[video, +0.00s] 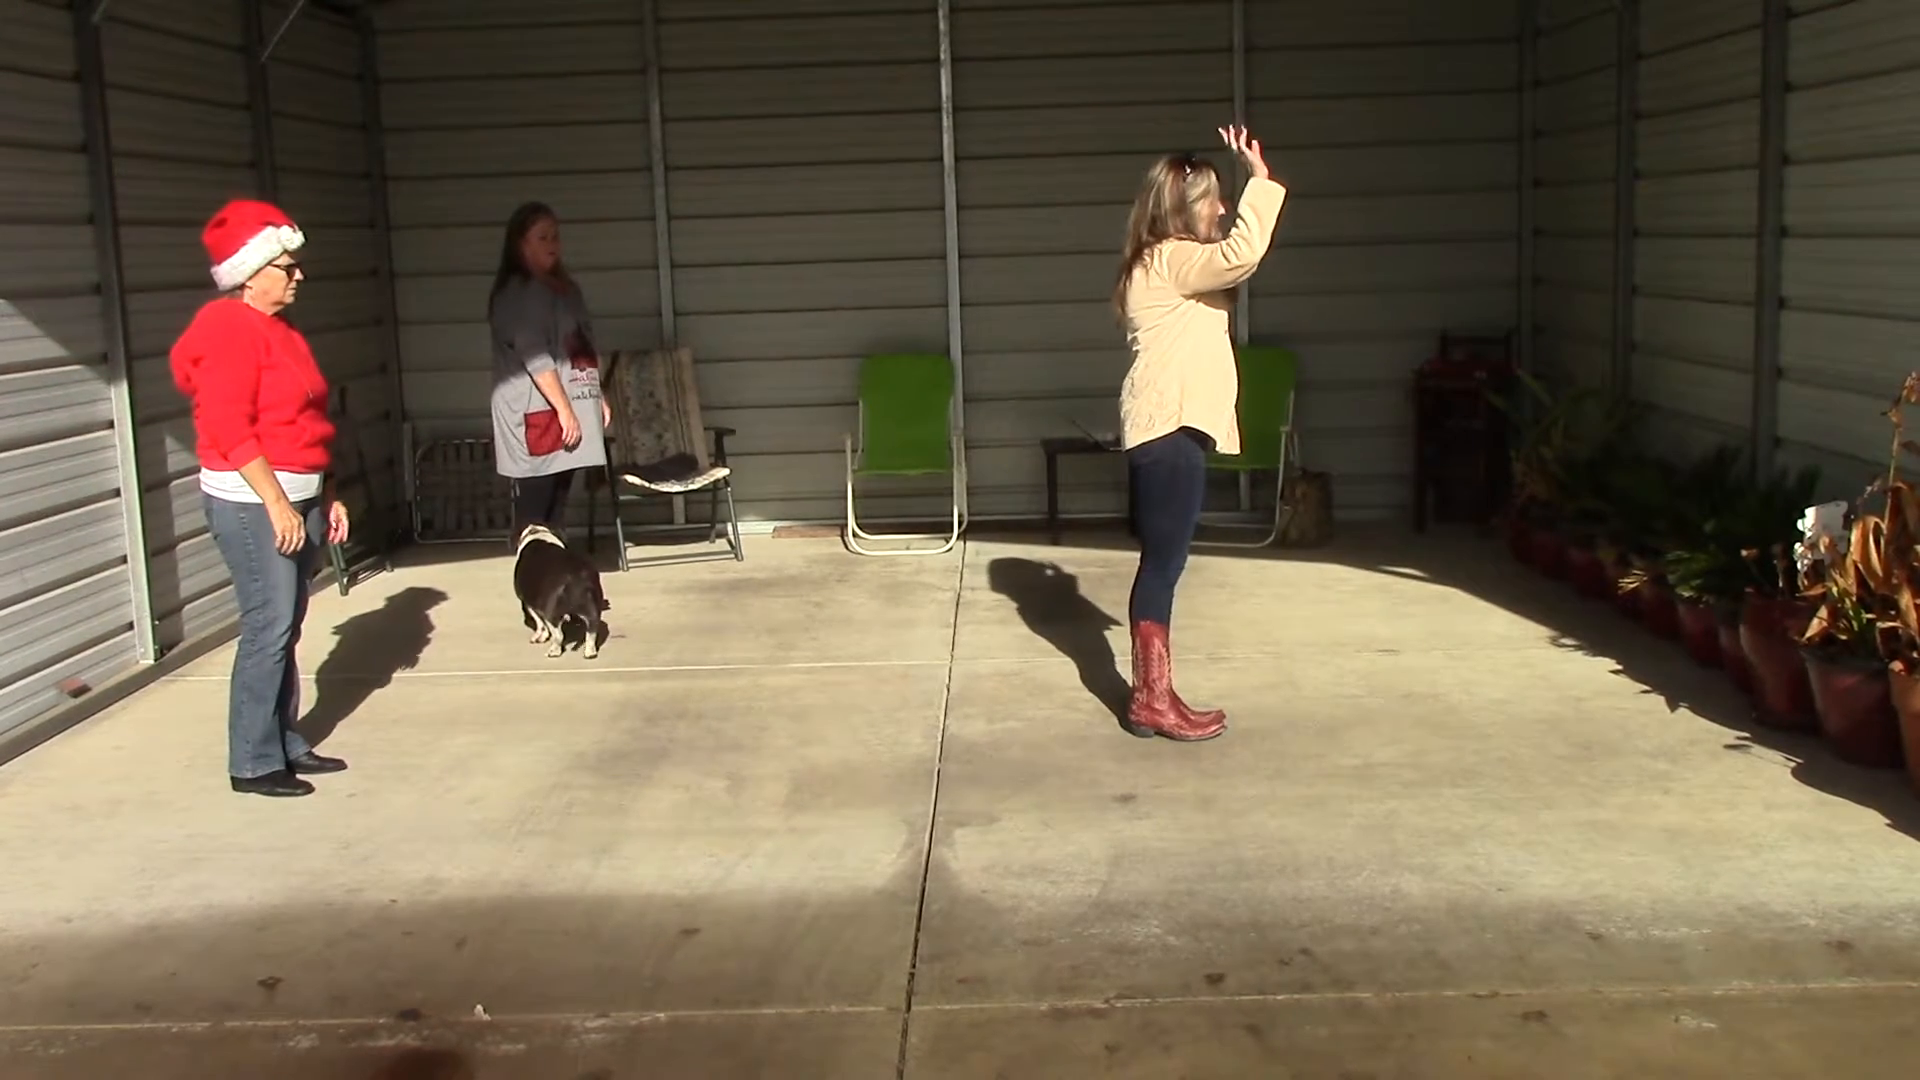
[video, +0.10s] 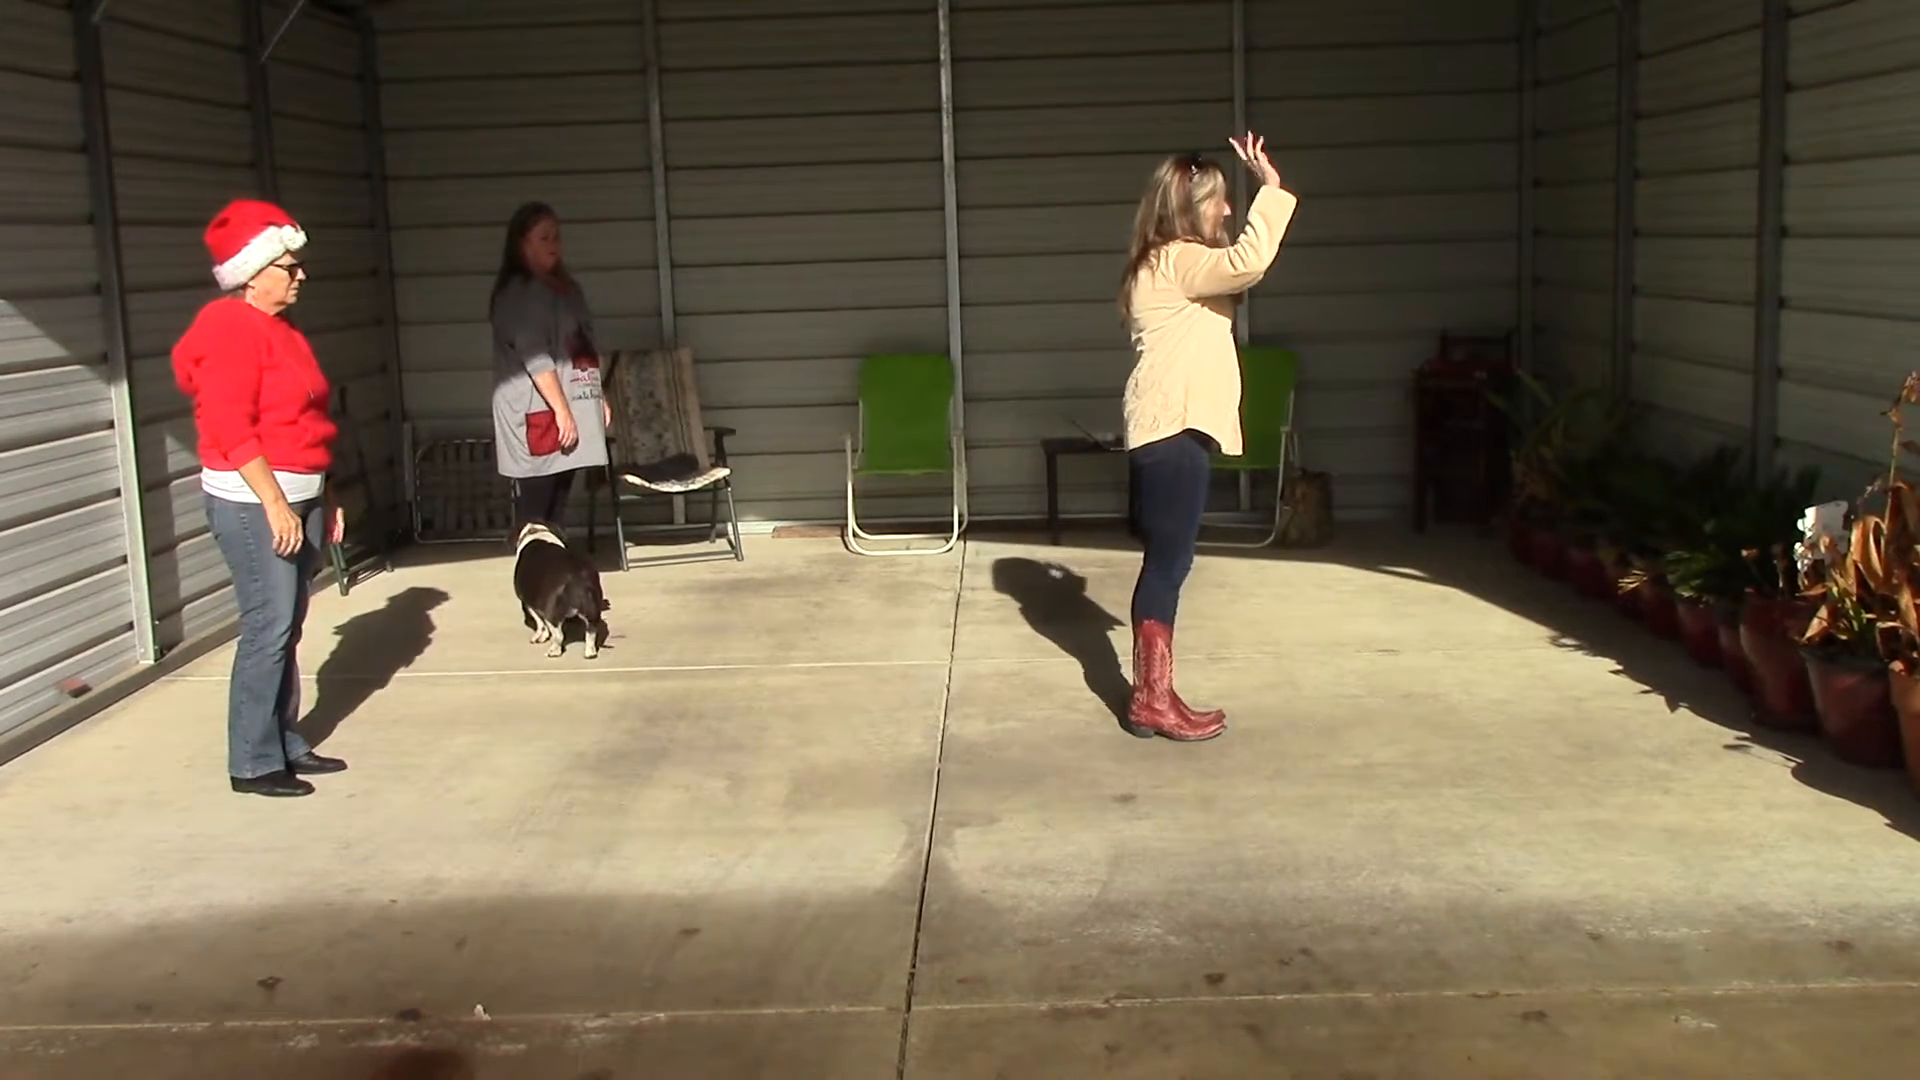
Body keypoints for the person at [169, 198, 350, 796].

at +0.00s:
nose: (298, 277)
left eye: (297, 267)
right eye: (287, 268)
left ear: (260, 274)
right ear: (250, 274)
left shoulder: (274, 329)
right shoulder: (227, 329)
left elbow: (296, 421)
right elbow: (228, 430)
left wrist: (324, 494)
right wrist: (276, 502)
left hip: (291, 496)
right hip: (248, 499)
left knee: (284, 626)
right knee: (268, 626)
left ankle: (282, 743)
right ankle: (252, 762)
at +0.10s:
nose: (300, 277)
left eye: (299, 267)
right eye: (290, 267)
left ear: (263, 274)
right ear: (252, 274)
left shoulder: (276, 329)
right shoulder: (229, 328)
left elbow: (299, 421)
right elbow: (229, 429)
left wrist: (325, 497)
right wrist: (274, 502)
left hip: (292, 497)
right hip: (249, 499)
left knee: (285, 627)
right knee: (267, 627)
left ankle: (282, 743)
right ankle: (251, 761)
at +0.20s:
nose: (303, 277)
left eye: (301, 266)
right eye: (292, 267)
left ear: (264, 275)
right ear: (255, 274)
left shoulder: (275, 328)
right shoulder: (231, 327)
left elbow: (298, 421)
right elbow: (229, 429)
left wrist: (323, 499)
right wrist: (274, 502)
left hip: (294, 496)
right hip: (250, 500)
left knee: (287, 626)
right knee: (266, 627)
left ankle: (282, 742)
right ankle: (251, 761)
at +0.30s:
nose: (306, 276)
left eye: (304, 266)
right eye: (296, 267)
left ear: (266, 275)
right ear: (259, 274)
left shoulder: (275, 328)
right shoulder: (235, 328)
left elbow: (289, 423)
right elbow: (232, 431)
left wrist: (316, 501)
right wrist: (276, 504)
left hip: (298, 497)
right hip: (255, 501)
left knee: (292, 628)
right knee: (268, 628)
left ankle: (283, 742)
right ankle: (250, 761)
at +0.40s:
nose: (313, 279)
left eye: (311, 268)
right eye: (301, 269)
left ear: (276, 278)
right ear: (265, 277)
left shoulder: (284, 331)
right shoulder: (240, 331)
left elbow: (302, 426)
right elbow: (236, 434)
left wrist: (326, 504)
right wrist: (282, 506)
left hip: (300, 498)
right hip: (256, 503)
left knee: (301, 626)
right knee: (294, 625)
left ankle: (284, 744)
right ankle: (253, 759)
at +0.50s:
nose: (322, 283)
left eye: (321, 273)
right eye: (312, 273)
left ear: (282, 279)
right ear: (275, 278)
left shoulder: (295, 334)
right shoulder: (247, 334)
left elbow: (310, 425)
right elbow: (240, 434)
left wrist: (342, 494)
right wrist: (284, 509)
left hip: (308, 499)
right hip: (269, 501)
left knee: (294, 624)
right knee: (326, 617)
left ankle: (279, 742)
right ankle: (276, 745)